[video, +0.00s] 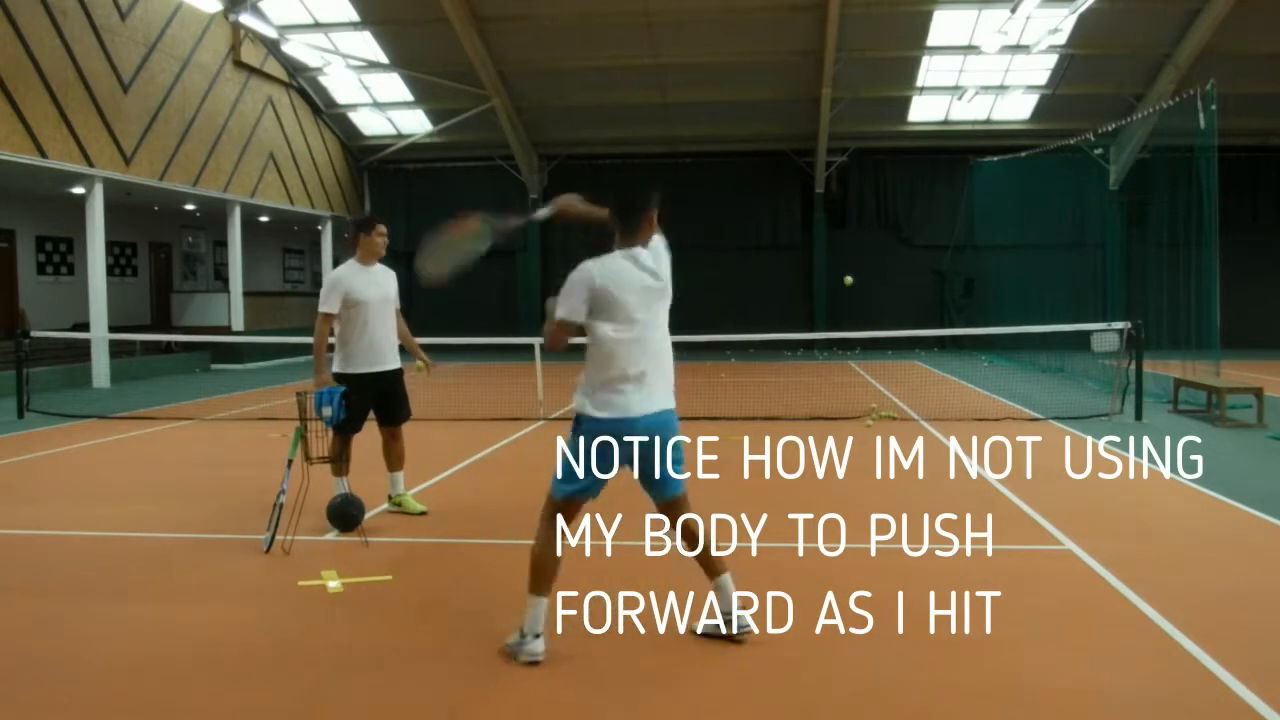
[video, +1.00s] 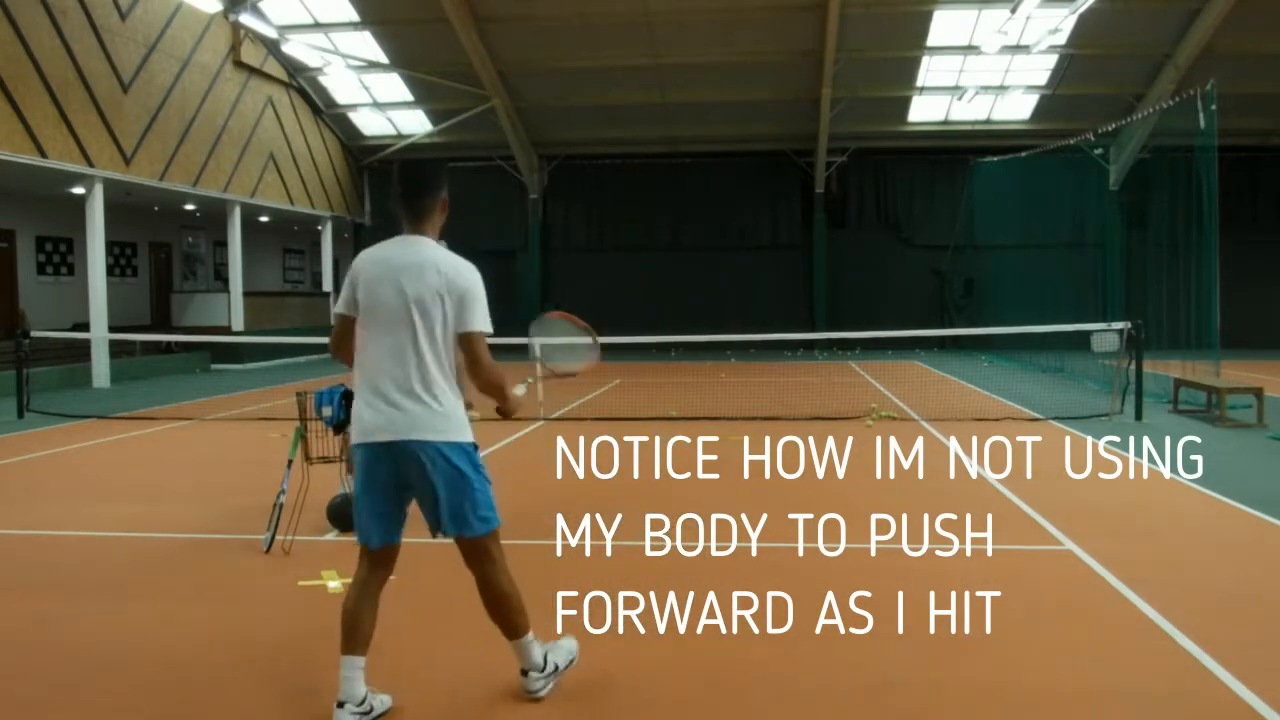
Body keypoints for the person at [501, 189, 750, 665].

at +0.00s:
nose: (657, 220)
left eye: (651, 212)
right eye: (657, 213)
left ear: (614, 219)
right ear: (652, 218)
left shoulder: (588, 274)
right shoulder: (658, 259)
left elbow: (555, 338)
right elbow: (628, 221)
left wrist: (593, 323)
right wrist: (586, 209)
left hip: (599, 425)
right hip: (657, 419)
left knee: (555, 519)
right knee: (681, 513)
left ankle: (532, 633)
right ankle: (732, 611)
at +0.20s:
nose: (587, 234)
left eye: (555, 226)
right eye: (591, 226)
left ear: (548, 228)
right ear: (592, 229)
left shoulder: (562, 288)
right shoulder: (600, 272)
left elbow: (577, 367)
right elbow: (579, 311)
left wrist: (512, 398)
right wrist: (535, 302)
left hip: (587, 438)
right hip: (630, 430)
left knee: (528, 537)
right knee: (664, 520)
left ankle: (549, 662)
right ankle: (729, 611)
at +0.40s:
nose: (541, 205)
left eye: (520, 199)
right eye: (544, 198)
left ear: (506, 202)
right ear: (547, 203)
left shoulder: (509, 254)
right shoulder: (561, 255)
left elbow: (540, 323)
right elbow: (555, 337)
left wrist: (521, 406)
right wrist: (491, 351)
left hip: (536, 418)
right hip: (581, 411)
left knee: (506, 536)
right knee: (593, 516)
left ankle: (546, 660)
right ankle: (636, 631)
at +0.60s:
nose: (524, 211)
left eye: (507, 205)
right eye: (525, 204)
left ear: (480, 208)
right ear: (524, 209)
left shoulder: (472, 260)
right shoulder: (546, 268)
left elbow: (480, 339)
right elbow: (565, 351)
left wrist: (433, 399)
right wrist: (540, 400)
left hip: (487, 426)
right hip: (542, 426)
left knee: (437, 528)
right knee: (530, 527)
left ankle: (472, 656)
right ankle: (546, 654)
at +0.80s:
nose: (482, 216)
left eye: (472, 208)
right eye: (483, 209)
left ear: (436, 213)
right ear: (480, 213)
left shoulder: (404, 264)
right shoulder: (505, 276)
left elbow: (387, 344)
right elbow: (525, 361)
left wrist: (371, 381)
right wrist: (524, 417)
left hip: (419, 434)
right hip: (488, 432)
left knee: (383, 559)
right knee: (513, 542)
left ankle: (351, 687)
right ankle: (545, 656)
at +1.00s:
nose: (446, 211)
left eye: (441, 203)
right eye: (446, 203)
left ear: (397, 208)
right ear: (442, 207)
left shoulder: (364, 263)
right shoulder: (458, 272)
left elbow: (342, 346)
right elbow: (478, 364)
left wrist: (395, 369)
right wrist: (509, 400)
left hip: (372, 435)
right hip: (438, 434)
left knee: (372, 566)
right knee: (486, 558)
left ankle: (350, 694)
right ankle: (535, 664)